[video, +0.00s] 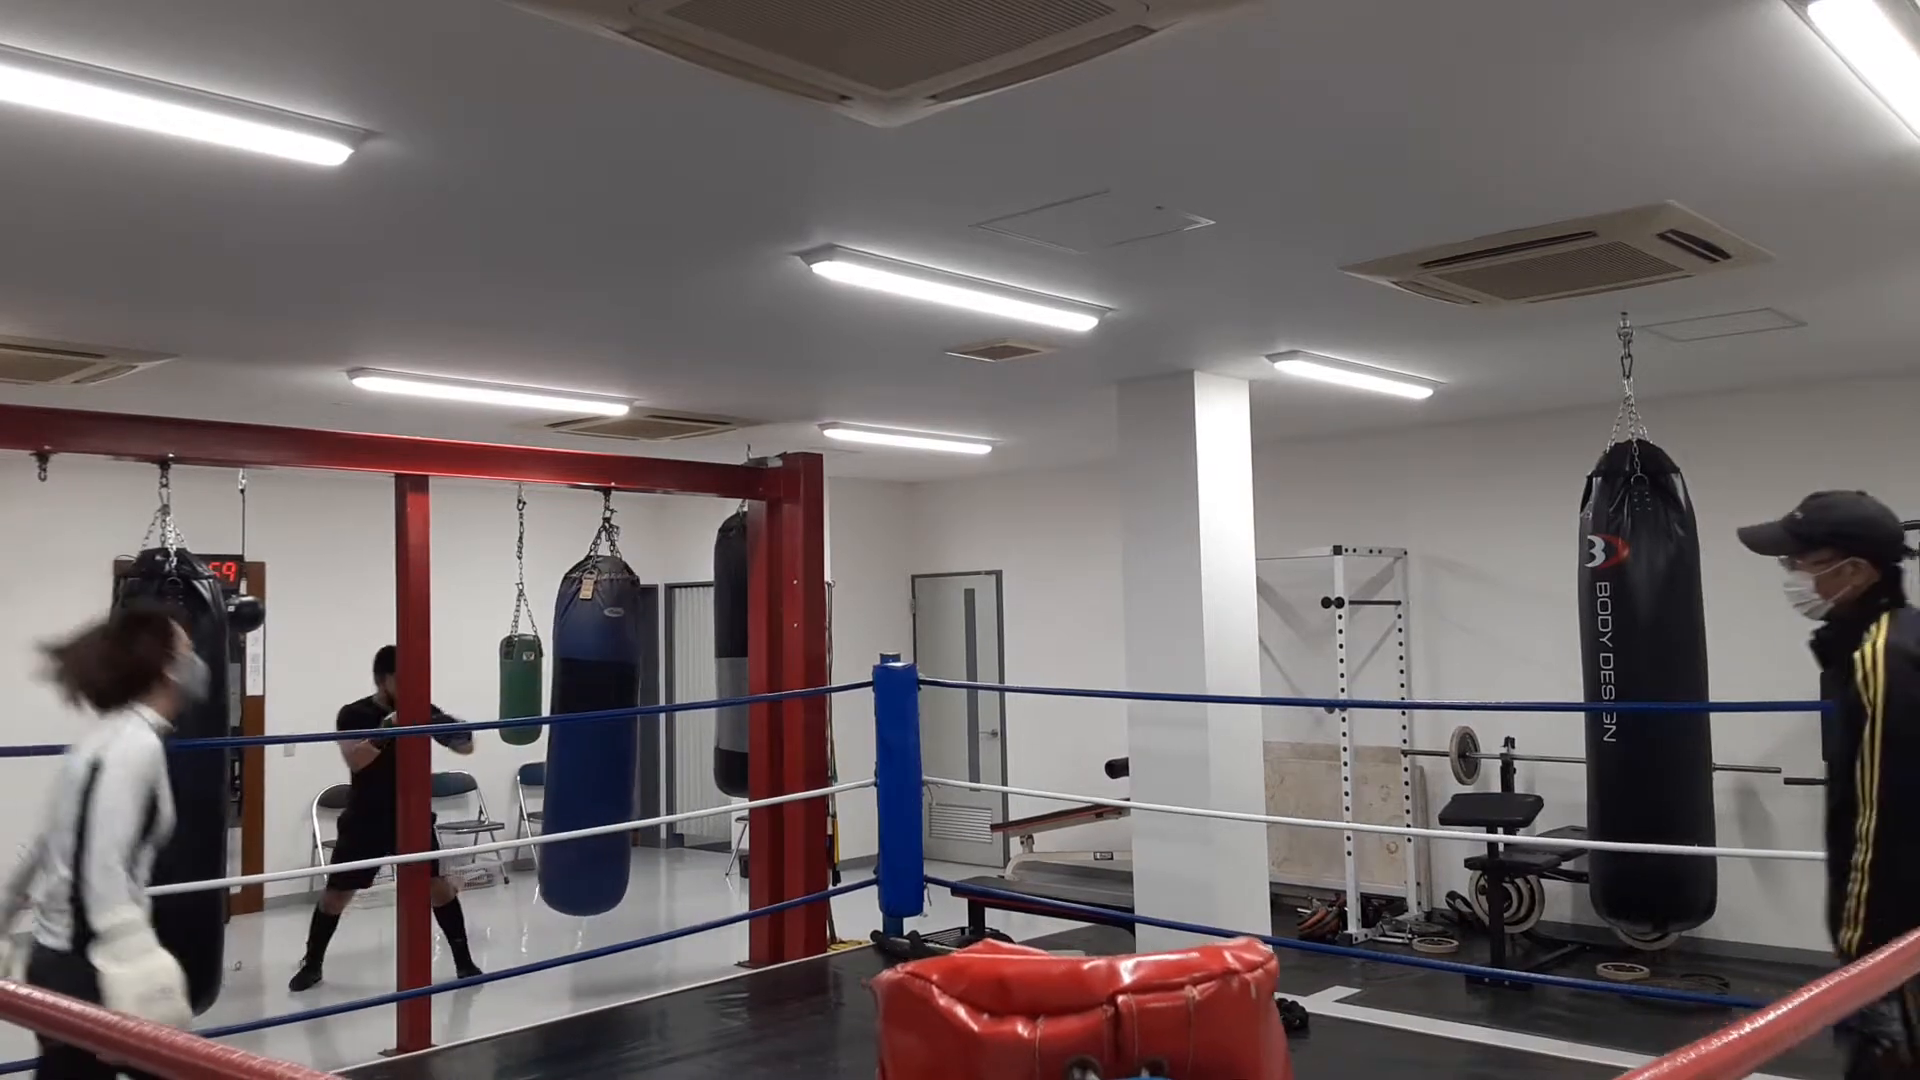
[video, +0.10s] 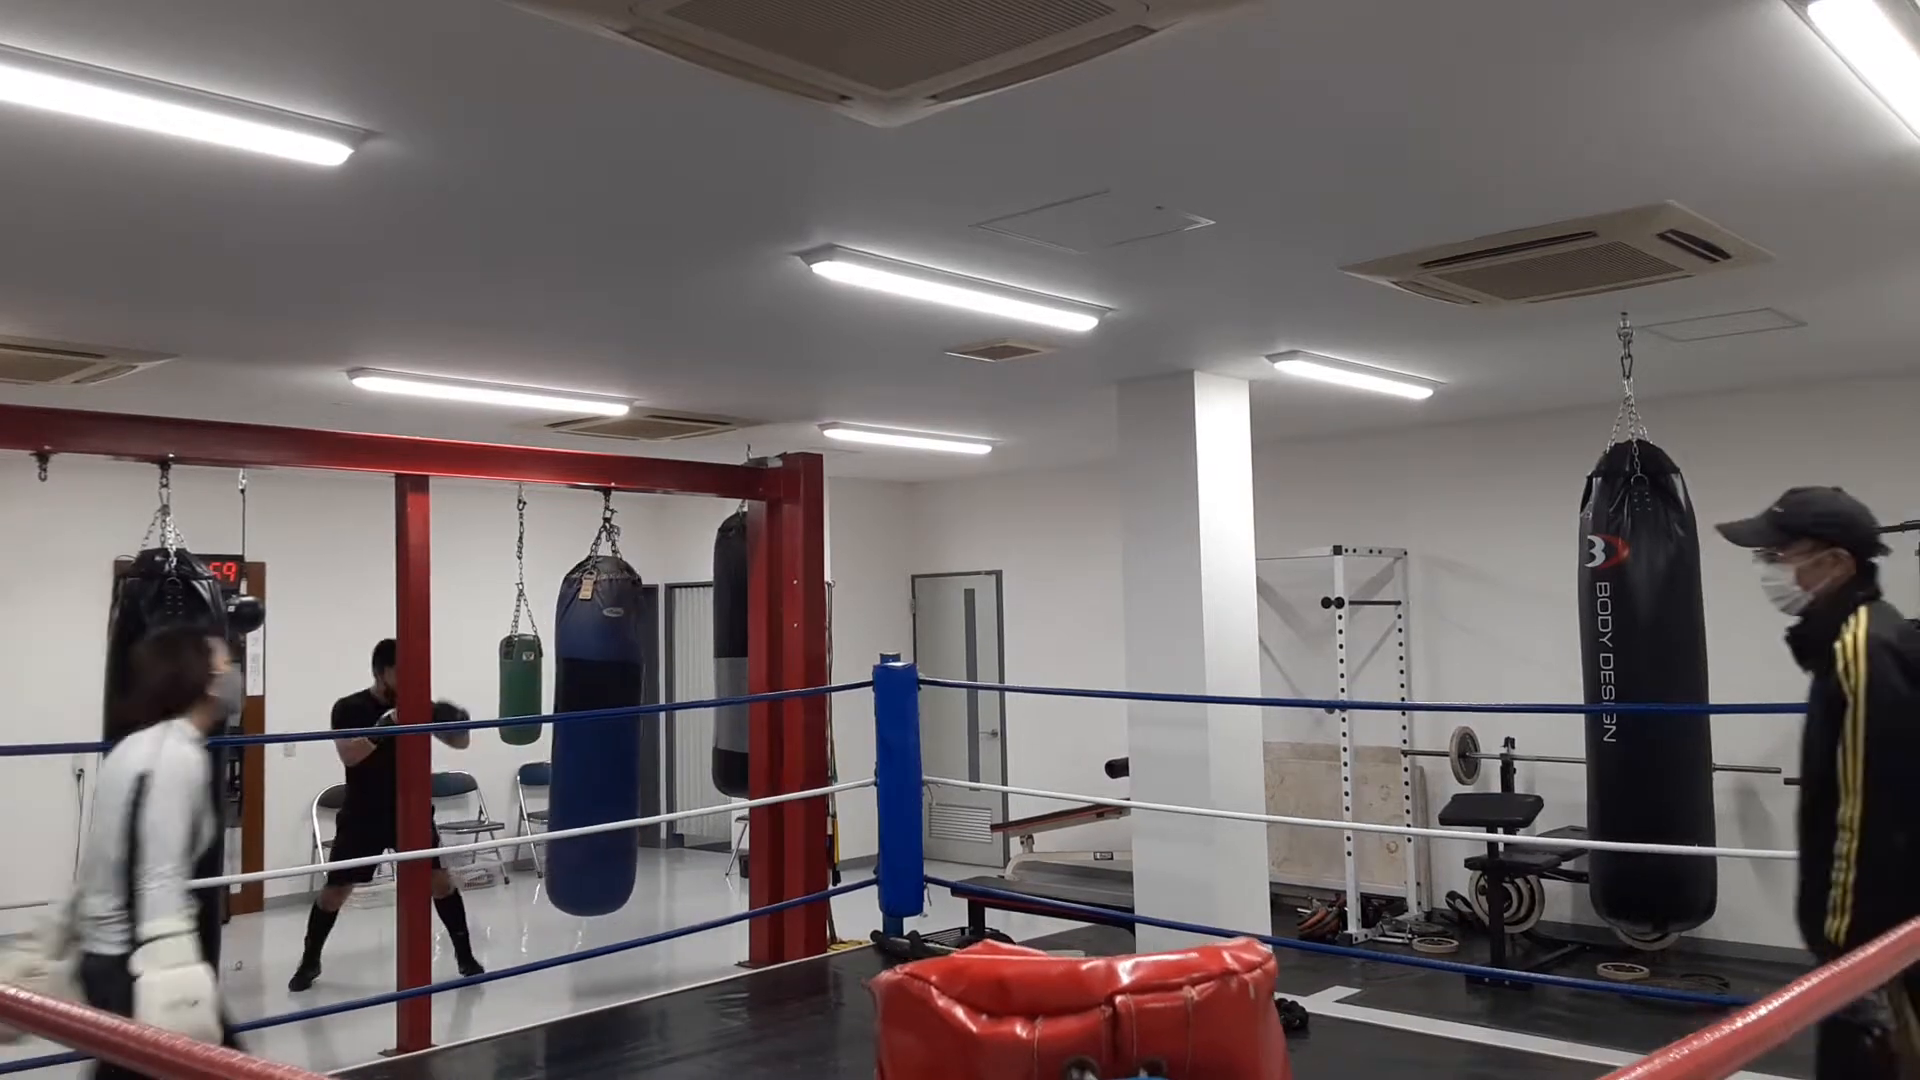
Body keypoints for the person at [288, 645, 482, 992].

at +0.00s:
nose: (406, 683)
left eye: (409, 676)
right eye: (399, 677)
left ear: (413, 679)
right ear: (382, 678)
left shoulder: (419, 710)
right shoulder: (355, 714)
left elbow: (465, 745)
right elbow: (354, 759)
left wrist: (451, 731)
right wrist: (388, 729)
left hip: (412, 817)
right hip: (365, 819)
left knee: (437, 885)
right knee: (337, 892)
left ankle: (463, 961)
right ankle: (312, 965)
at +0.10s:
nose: (406, 677)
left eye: (408, 670)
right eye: (399, 671)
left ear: (409, 672)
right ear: (381, 672)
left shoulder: (416, 706)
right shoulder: (349, 709)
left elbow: (458, 741)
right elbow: (349, 755)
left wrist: (456, 721)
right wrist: (387, 724)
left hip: (411, 812)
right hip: (362, 815)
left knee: (439, 880)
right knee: (336, 889)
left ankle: (465, 956)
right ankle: (309, 962)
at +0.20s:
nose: (406, 681)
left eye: (410, 674)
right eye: (400, 674)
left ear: (417, 674)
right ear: (385, 672)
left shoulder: (420, 704)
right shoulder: (356, 706)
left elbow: (465, 740)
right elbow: (358, 751)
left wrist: (464, 713)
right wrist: (394, 718)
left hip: (413, 814)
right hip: (364, 816)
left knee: (444, 877)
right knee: (336, 892)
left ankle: (478, 950)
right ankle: (306, 959)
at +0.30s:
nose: (425, 692)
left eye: (431, 684)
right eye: (417, 684)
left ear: (436, 683)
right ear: (396, 681)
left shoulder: (431, 716)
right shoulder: (368, 715)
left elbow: (470, 753)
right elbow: (372, 754)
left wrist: (471, 727)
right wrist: (414, 722)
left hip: (416, 822)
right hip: (369, 824)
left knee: (458, 885)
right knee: (339, 900)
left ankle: (493, 952)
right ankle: (303, 962)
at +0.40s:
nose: (452, 687)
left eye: (455, 682)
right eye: (447, 681)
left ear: (456, 681)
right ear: (427, 678)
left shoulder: (455, 717)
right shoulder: (391, 714)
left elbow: (502, 741)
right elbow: (392, 751)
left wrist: (499, 709)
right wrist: (434, 712)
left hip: (436, 819)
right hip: (391, 820)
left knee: (475, 884)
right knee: (356, 894)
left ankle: (498, 957)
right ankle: (326, 959)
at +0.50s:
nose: (469, 689)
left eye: (473, 682)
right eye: (463, 681)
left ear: (476, 681)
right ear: (442, 679)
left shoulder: (478, 712)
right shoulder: (420, 710)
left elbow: (521, 743)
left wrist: (504, 714)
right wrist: (432, 712)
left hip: (465, 812)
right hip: (421, 814)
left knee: (500, 882)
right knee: (396, 886)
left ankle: (511, 950)